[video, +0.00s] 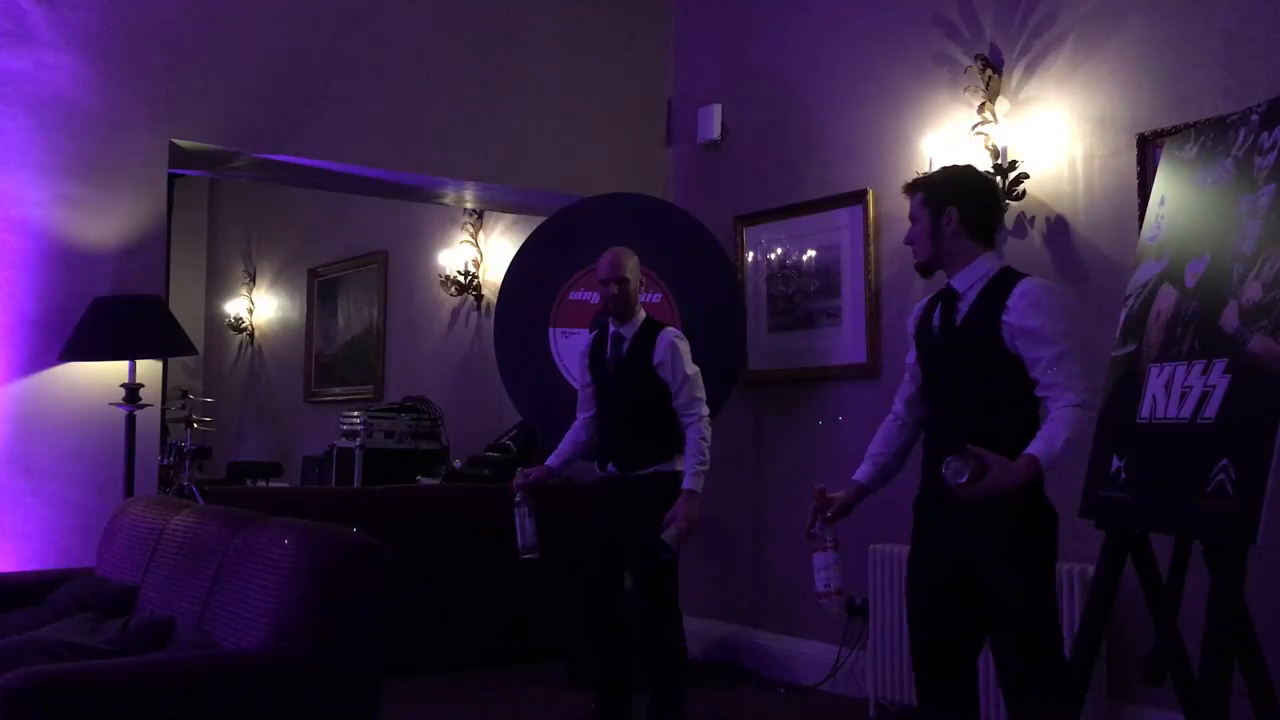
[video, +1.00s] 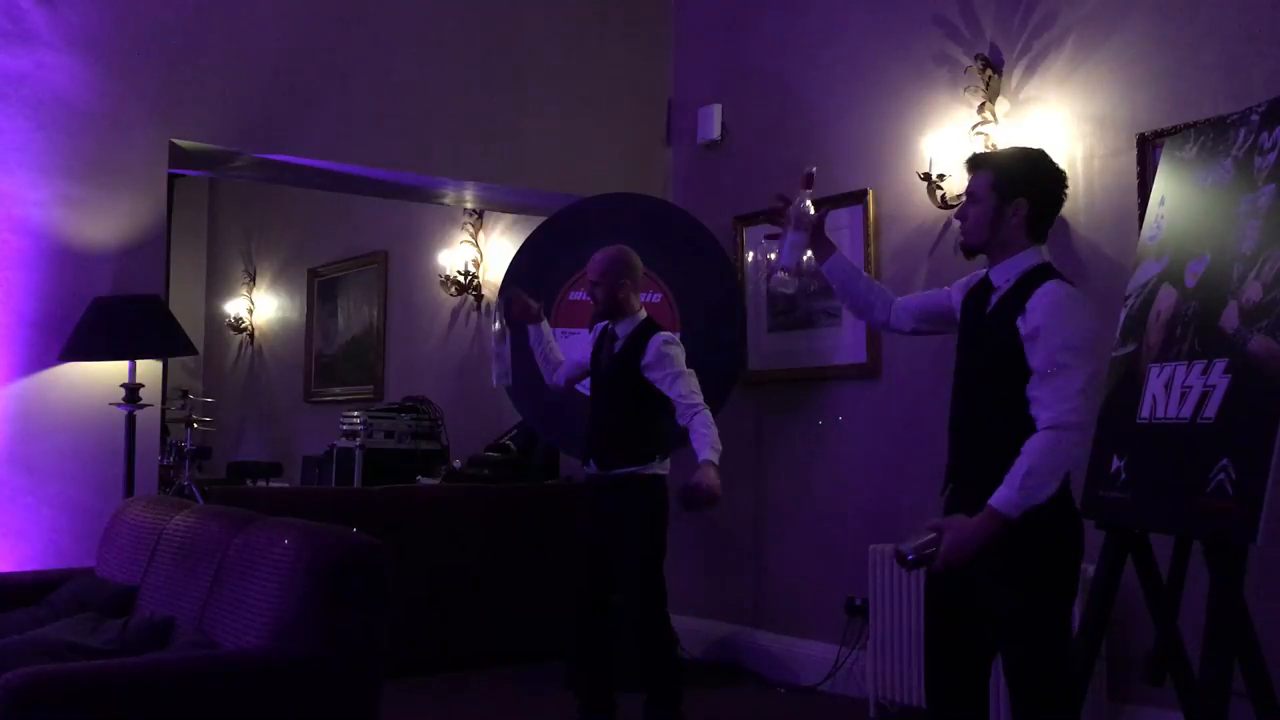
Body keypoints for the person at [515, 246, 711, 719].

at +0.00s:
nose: (612, 292)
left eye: (621, 282)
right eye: (605, 283)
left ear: (640, 285)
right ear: (596, 288)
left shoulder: (668, 343)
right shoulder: (592, 348)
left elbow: (696, 420)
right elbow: (587, 420)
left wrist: (691, 493)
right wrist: (549, 467)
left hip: (656, 487)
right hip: (609, 487)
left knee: (656, 604)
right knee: (604, 599)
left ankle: (666, 706)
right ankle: (611, 703)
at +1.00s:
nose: (588, 292)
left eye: (597, 284)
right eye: (588, 284)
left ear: (626, 287)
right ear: (606, 288)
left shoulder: (658, 343)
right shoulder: (598, 337)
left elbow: (693, 406)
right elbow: (558, 374)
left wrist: (708, 462)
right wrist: (537, 323)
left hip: (641, 487)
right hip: (601, 485)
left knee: (643, 602)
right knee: (597, 598)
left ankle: (661, 705)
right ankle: (596, 702)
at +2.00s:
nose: (585, 300)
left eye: (592, 291)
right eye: (581, 292)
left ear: (619, 290)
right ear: (581, 293)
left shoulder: (657, 343)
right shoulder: (585, 350)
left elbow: (695, 413)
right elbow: (574, 424)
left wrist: (672, 445)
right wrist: (555, 484)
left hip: (646, 489)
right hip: (594, 489)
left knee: (649, 601)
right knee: (593, 600)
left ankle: (664, 705)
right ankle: (595, 704)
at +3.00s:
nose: (603, 308)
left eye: (613, 299)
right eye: (599, 299)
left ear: (638, 297)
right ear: (596, 298)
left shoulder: (672, 351)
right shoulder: (593, 348)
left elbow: (653, 424)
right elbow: (573, 421)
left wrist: (596, 418)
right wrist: (573, 487)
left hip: (650, 490)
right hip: (599, 487)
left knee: (647, 599)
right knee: (596, 595)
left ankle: (663, 703)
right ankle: (594, 701)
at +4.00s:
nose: (596, 311)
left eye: (603, 302)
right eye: (588, 306)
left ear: (620, 307)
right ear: (582, 315)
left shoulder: (640, 353)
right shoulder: (593, 364)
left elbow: (632, 419)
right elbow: (588, 426)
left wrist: (566, 413)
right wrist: (543, 414)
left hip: (617, 486)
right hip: (583, 485)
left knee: (605, 594)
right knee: (582, 593)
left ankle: (602, 697)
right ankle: (586, 697)